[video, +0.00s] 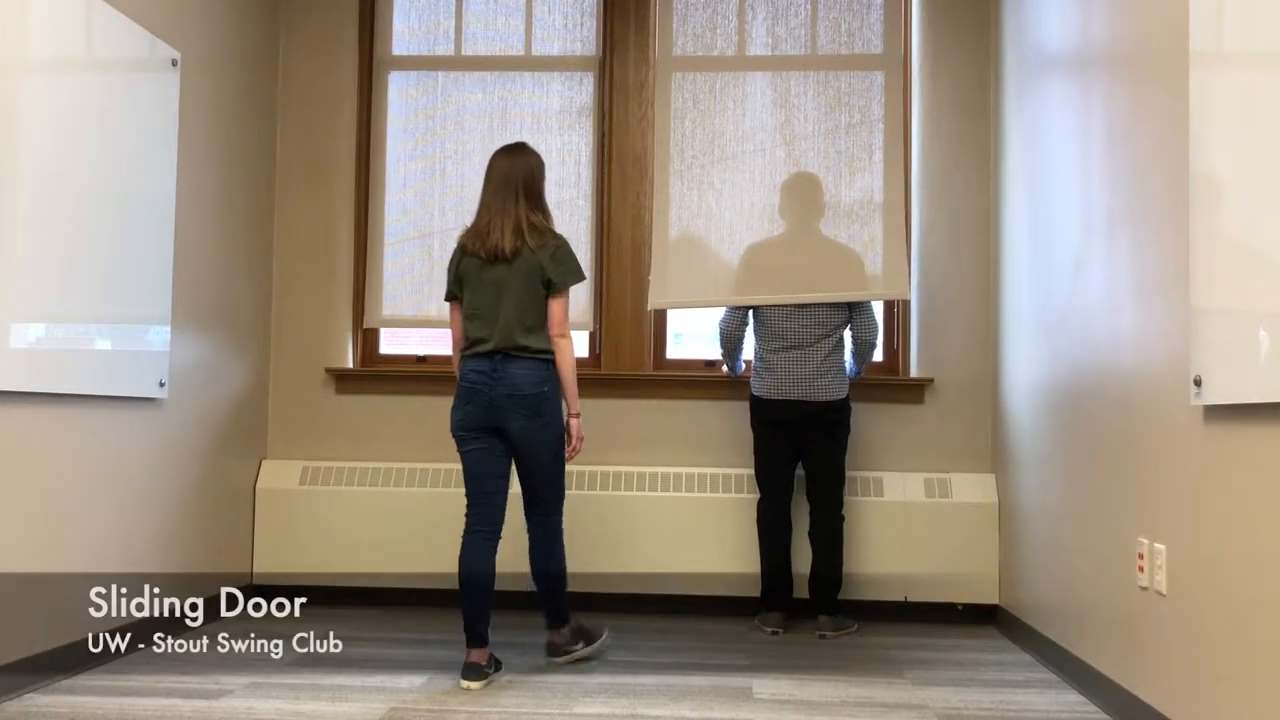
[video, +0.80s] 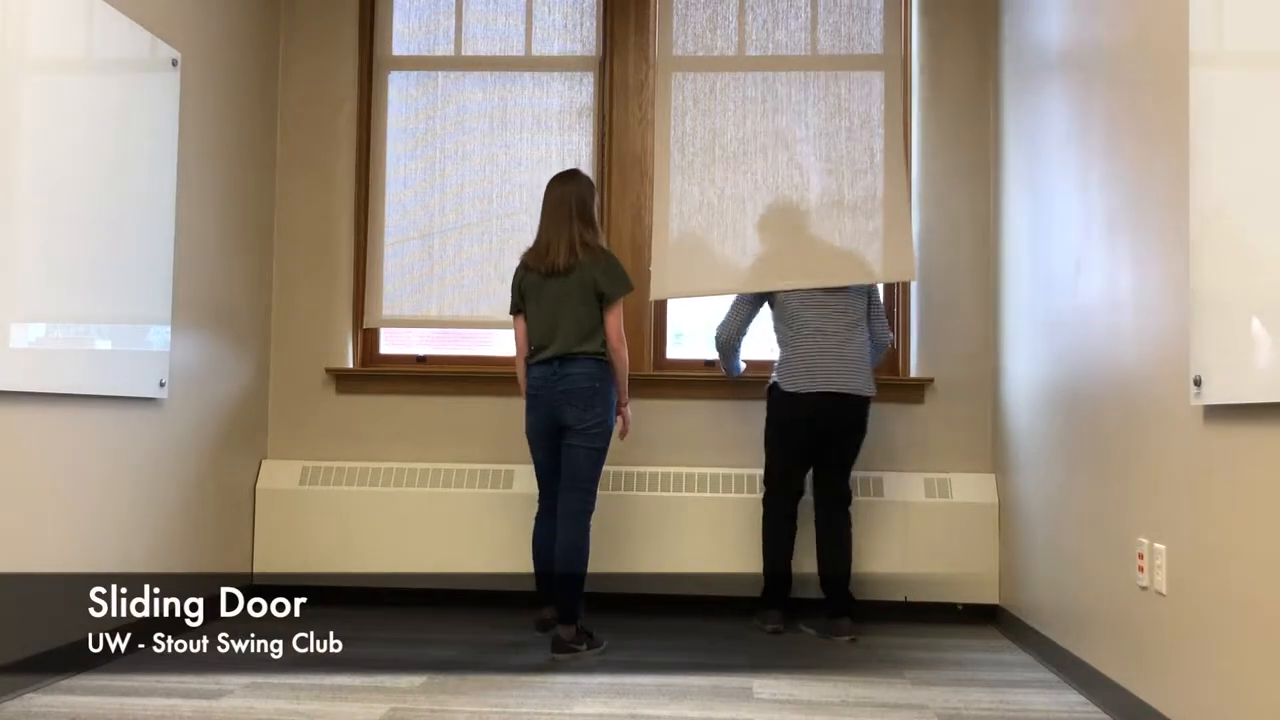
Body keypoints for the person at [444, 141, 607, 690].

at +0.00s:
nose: (545, 190)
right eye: (542, 181)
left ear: (490, 185)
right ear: (537, 186)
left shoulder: (466, 248)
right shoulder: (550, 247)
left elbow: (459, 339)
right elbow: (559, 334)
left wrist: (467, 396)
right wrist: (574, 410)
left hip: (473, 392)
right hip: (533, 391)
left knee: (480, 523)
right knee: (545, 516)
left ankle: (476, 652)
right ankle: (560, 632)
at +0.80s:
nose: (598, 211)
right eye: (594, 203)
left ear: (547, 207)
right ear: (589, 208)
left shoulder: (527, 267)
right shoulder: (601, 263)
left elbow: (523, 349)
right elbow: (615, 340)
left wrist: (531, 399)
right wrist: (622, 399)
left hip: (540, 389)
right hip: (589, 386)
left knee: (549, 501)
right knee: (576, 506)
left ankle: (549, 611)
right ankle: (568, 629)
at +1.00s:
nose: (600, 217)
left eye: (597, 208)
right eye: (597, 211)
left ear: (551, 214)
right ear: (589, 215)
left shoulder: (531, 270)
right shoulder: (597, 270)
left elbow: (526, 350)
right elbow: (609, 344)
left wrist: (534, 400)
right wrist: (624, 407)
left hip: (540, 391)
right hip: (584, 390)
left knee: (551, 502)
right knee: (574, 507)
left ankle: (554, 615)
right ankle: (567, 628)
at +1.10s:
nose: (598, 218)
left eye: (595, 209)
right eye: (595, 211)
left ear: (550, 215)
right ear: (585, 215)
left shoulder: (532, 271)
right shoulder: (593, 272)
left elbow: (527, 346)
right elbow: (604, 342)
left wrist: (535, 395)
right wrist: (622, 404)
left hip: (538, 393)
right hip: (580, 392)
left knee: (547, 502)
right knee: (577, 506)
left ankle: (554, 614)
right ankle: (565, 625)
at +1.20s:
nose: (598, 220)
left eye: (596, 212)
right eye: (593, 213)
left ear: (551, 218)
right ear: (579, 218)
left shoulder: (533, 274)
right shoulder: (587, 272)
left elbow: (533, 346)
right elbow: (599, 345)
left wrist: (545, 393)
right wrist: (621, 407)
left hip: (537, 392)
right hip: (576, 392)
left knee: (549, 502)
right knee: (586, 506)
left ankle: (554, 613)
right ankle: (561, 616)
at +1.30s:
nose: (595, 224)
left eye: (595, 216)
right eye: (590, 217)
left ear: (551, 219)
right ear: (573, 220)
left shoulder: (534, 272)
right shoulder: (581, 271)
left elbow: (537, 344)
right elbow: (591, 344)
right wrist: (615, 408)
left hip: (537, 393)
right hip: (571, 394)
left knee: (550, 502)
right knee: (593, 505)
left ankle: (554, 611)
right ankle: (557, 612)